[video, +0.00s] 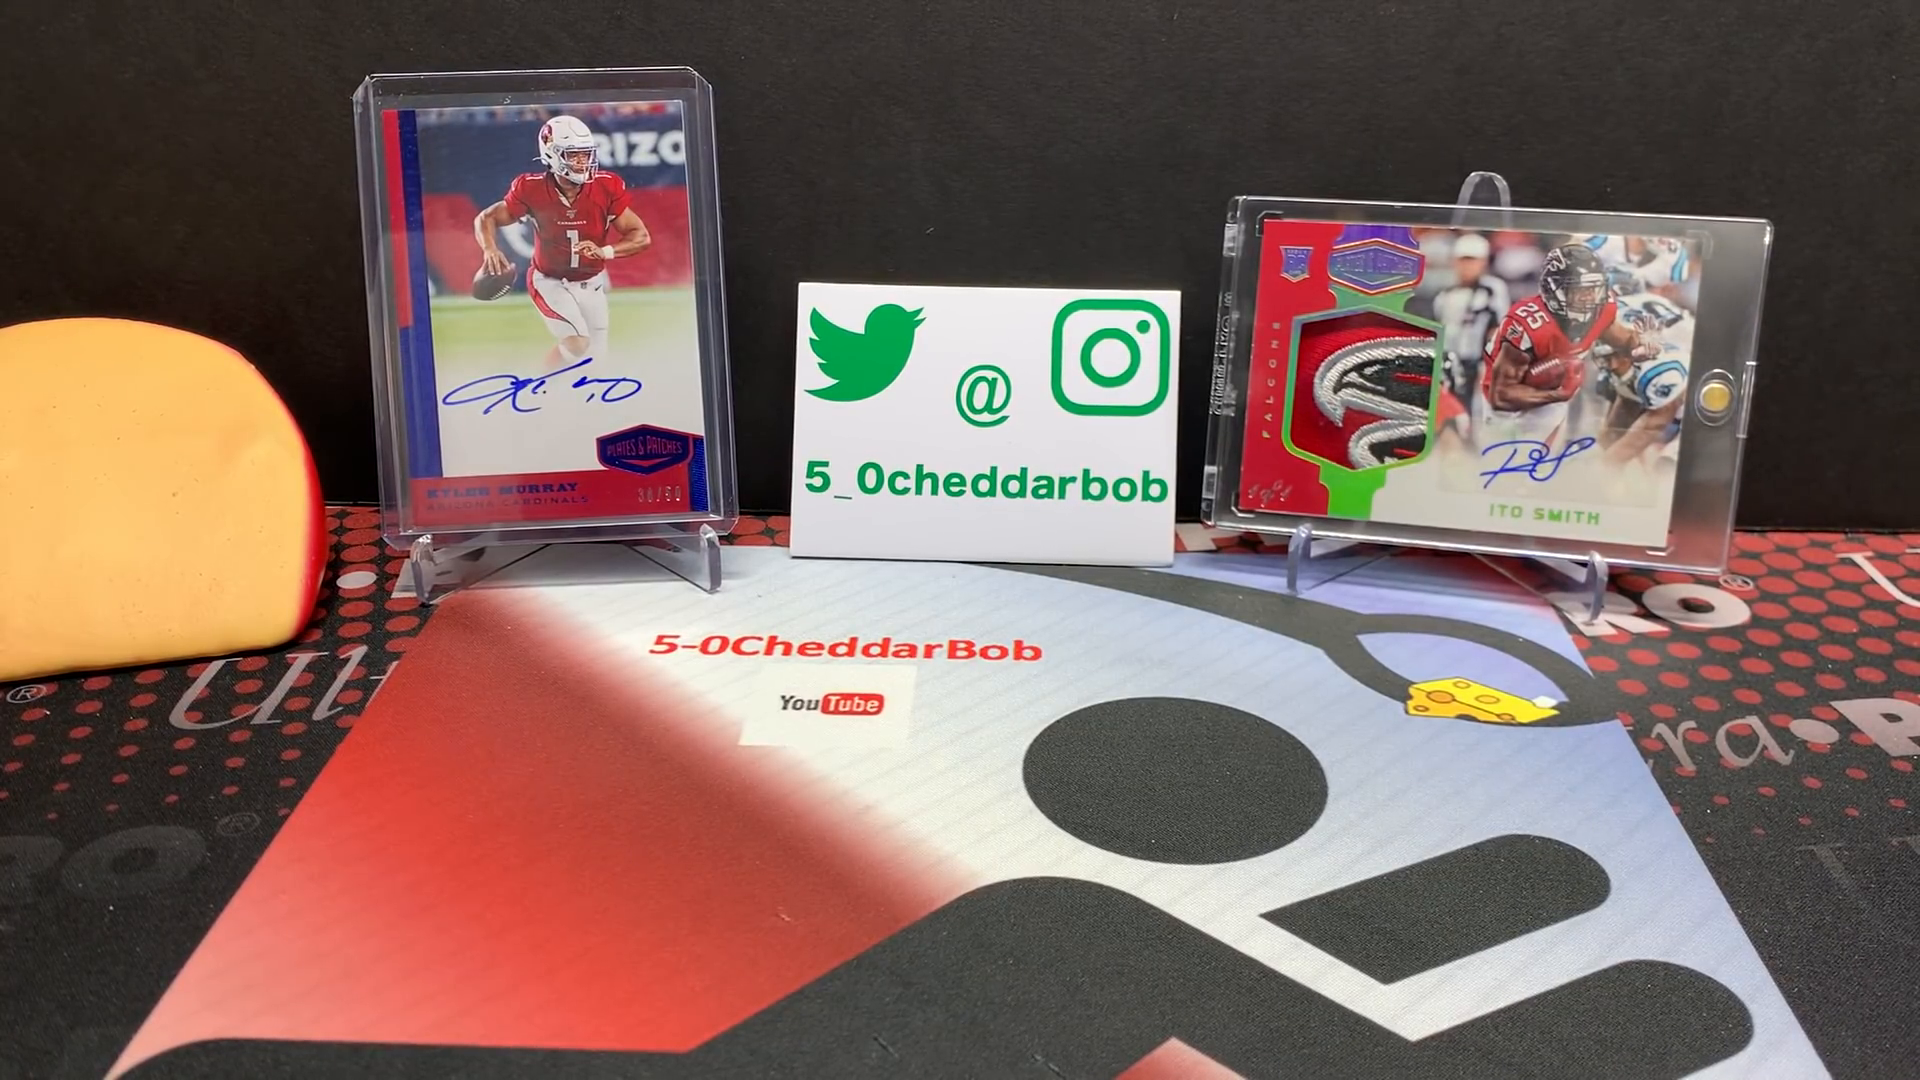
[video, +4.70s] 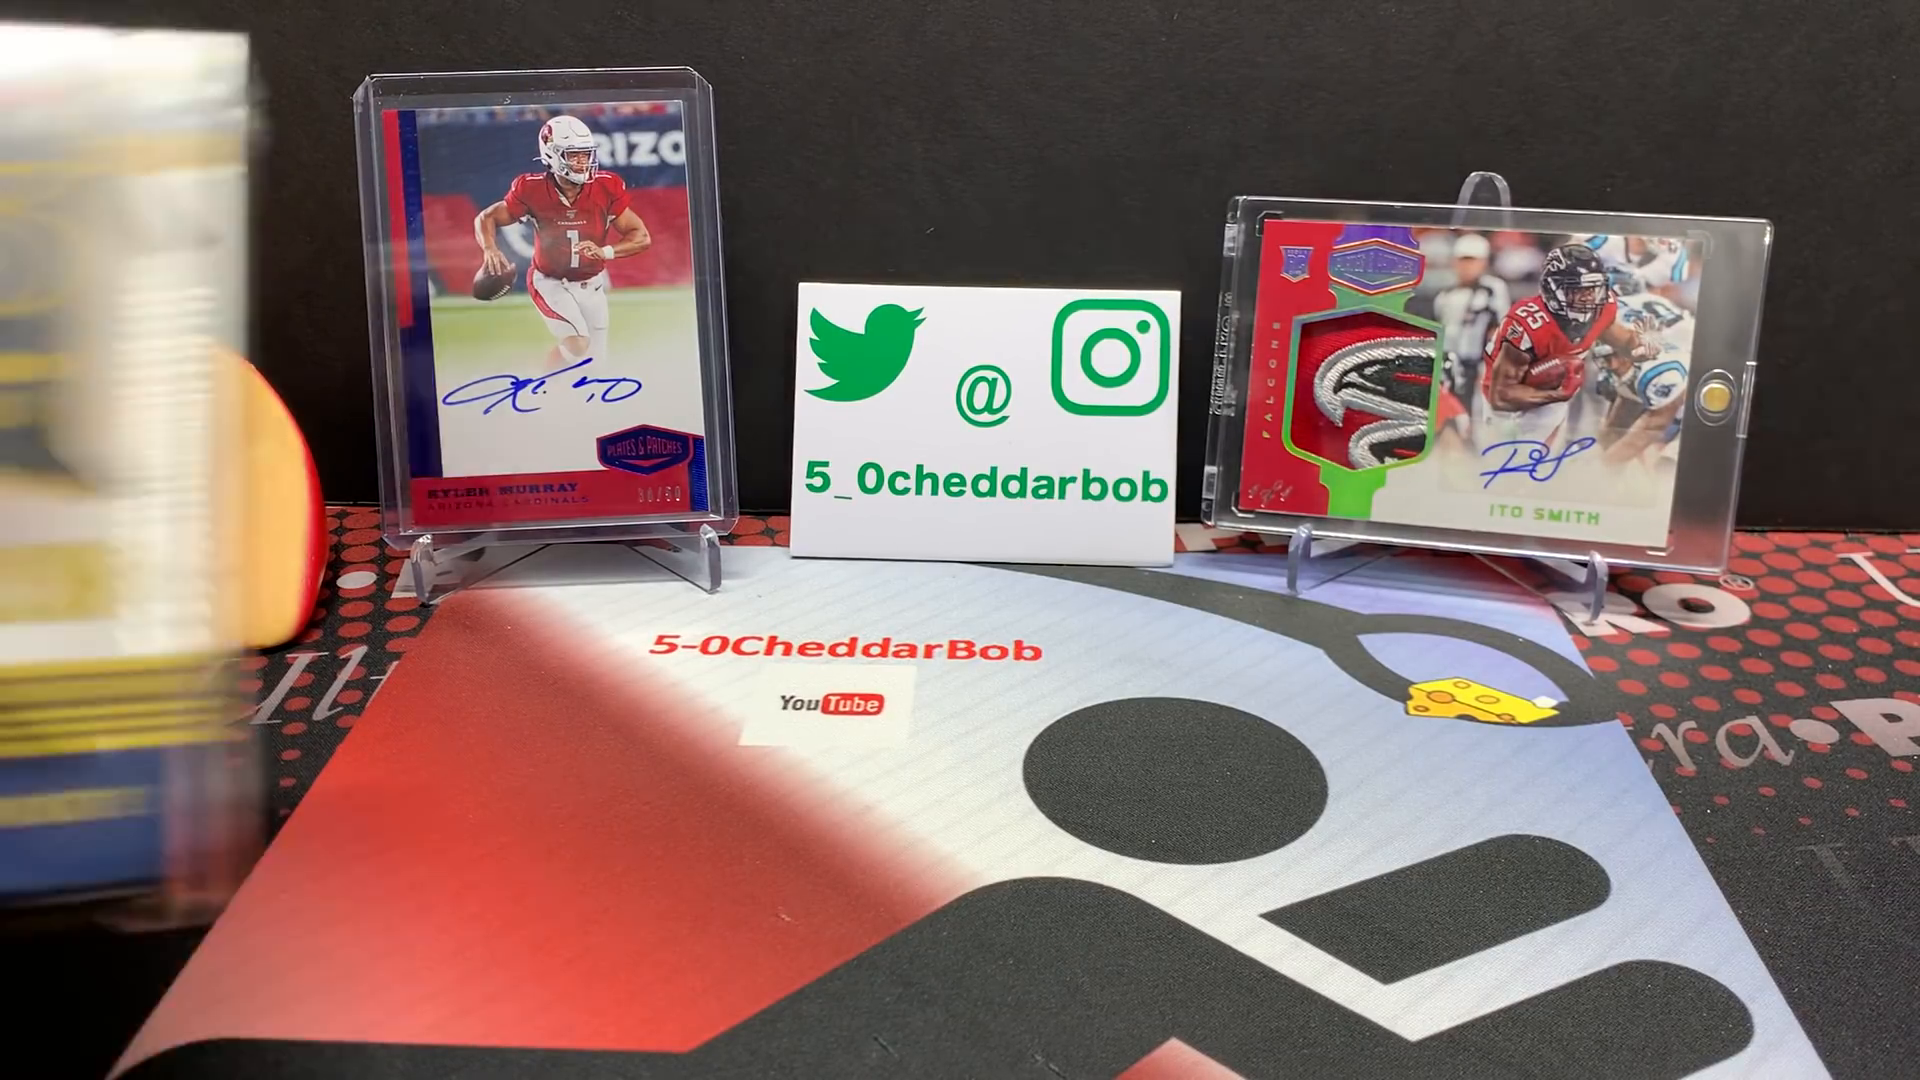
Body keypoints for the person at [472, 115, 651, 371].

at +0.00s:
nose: (581, 162)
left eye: (585, 155)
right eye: (572, 156)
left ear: (592, 154)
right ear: (552, 155)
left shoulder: (607, 187)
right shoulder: (530, 189)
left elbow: (641, 237)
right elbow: (484, 219)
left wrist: (605, 252)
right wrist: (490, 249)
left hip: (591, 282)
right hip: (548, 280)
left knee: (596, 361)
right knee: (576, 343)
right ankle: (533, 392)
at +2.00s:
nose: (580, 162)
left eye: (585, 155)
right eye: (573, 156)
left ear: (592, 154)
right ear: (552, 155)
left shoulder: (607, 187)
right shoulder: (530, 189)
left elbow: (641, 238)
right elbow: (485, 219)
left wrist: (605, 252)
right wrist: (489, 248)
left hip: (591, 283)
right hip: (549, 280)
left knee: (596, 362)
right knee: (577, 344)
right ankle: (533, 390)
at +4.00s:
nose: (580, 162)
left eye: (585, 155)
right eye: (573, 156)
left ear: (592, 154)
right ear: (552, 155)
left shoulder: (607, 187)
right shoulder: (530, 189)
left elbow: (642, 237)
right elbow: (484, 219)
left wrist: (606, 252)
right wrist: (490, 249)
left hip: (591, 283)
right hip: (549, 281)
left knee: (596, 363)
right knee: (577, 344)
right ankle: (534, 391)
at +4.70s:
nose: (580, 162)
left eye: (585, 155)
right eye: (573, 156)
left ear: (591, 154)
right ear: (552, 155)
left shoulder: (607, 187)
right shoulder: (530, 190)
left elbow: (642, 238)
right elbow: (484, 219)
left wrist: (605, 252)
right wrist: (490, 248)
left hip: (591, 283)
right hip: (548, 280)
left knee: (596, 363)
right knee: (577, 344)